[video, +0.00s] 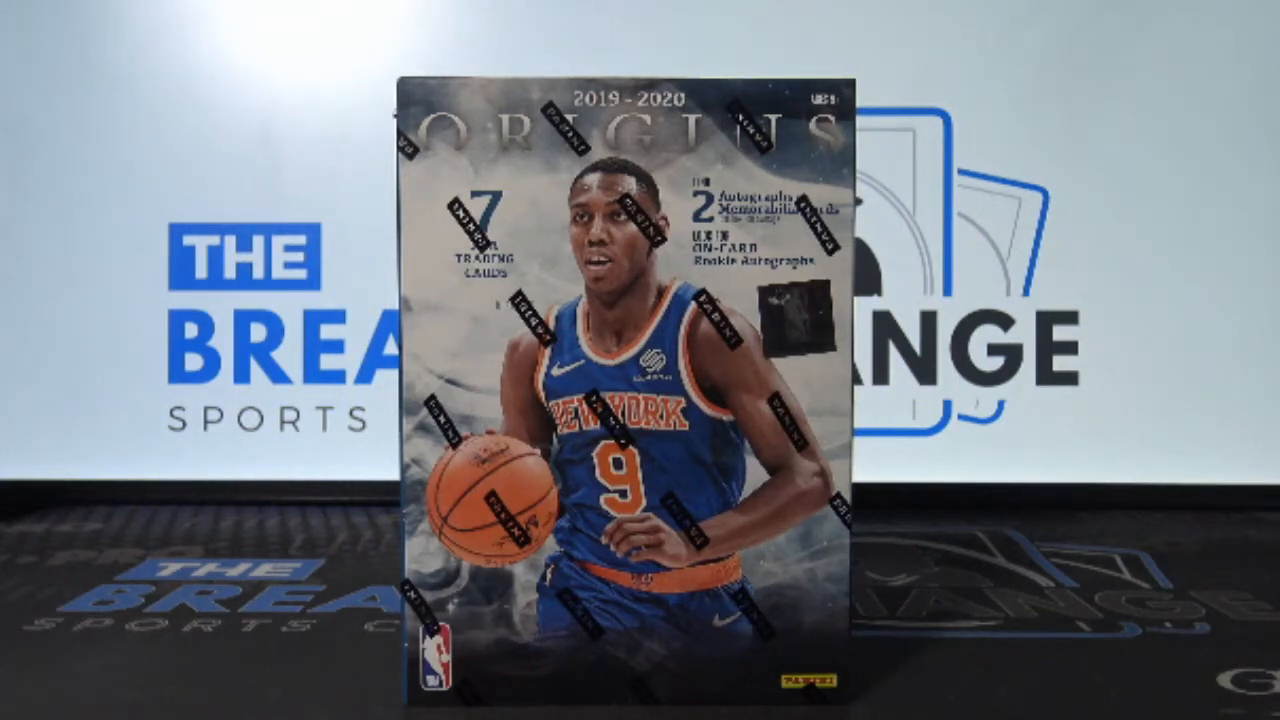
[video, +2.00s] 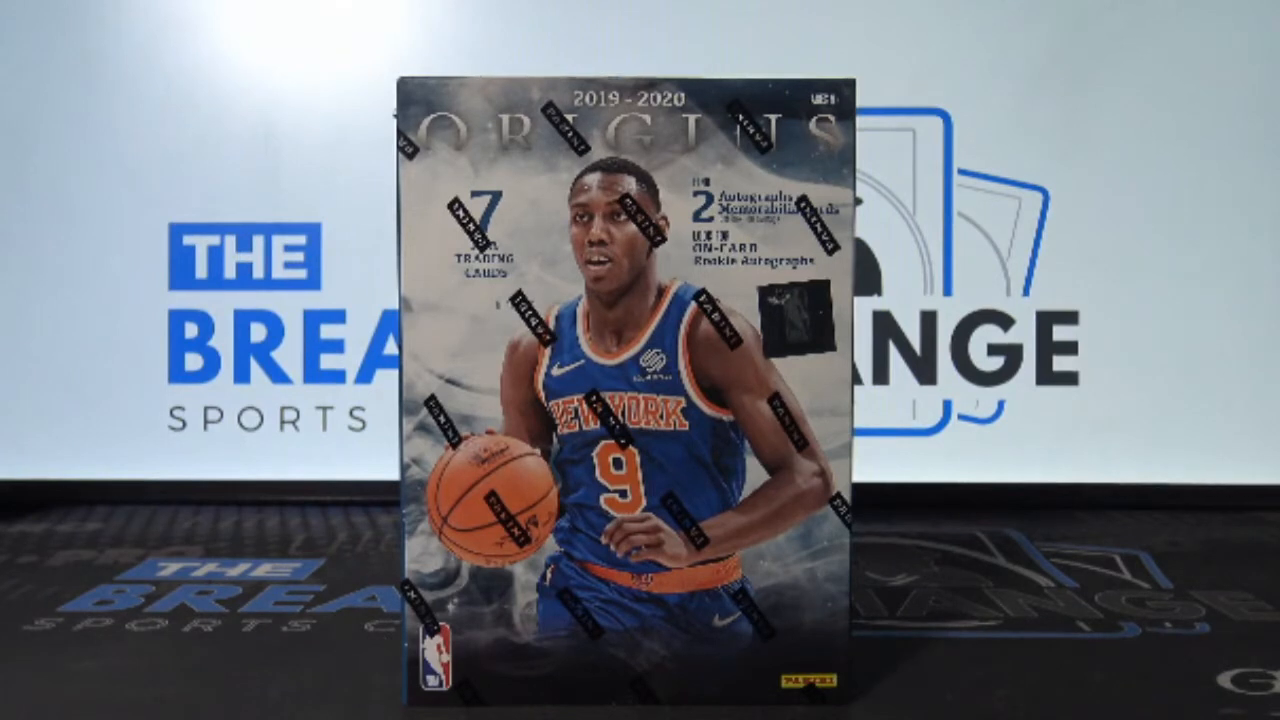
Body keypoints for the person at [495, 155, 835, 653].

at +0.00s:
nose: (595, 235)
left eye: (618, 216)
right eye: (581, 218)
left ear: (657, 230)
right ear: (569, 232)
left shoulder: (712, 334)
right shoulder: (534, 353)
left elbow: (809, 476)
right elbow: (526, 487)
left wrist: (695, 542)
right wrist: (477, 471)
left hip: (698, 613)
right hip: (583, 606)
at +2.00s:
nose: (595, 234)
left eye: (617, 216)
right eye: (582, 218)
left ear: (657, 230)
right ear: (570, 231)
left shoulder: (712, 334)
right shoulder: (534, 352)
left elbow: (809, 476)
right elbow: (525, 486)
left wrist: (694, 544)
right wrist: (479, 469)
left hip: (697, 613)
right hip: (583, 606)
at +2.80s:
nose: (595, 235)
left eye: (617, 216)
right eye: (582, 218)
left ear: (657, 229)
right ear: (570, 232)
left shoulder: (712, 334)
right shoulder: (534, 352)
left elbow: (809, 475)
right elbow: (526, 488)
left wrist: (695, 543)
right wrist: (476, 473)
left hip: (698, 611)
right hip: (583, 604)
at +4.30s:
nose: (595, 235)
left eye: (617, 216)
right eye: (582, 218)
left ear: (657, 230)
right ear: (569, 232)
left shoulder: (712, 334)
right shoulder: (534, 352)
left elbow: (810, 477)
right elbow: (530, 489)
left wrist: (696, 541)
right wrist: (486, 468)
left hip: (698, 613)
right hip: (582, 607)